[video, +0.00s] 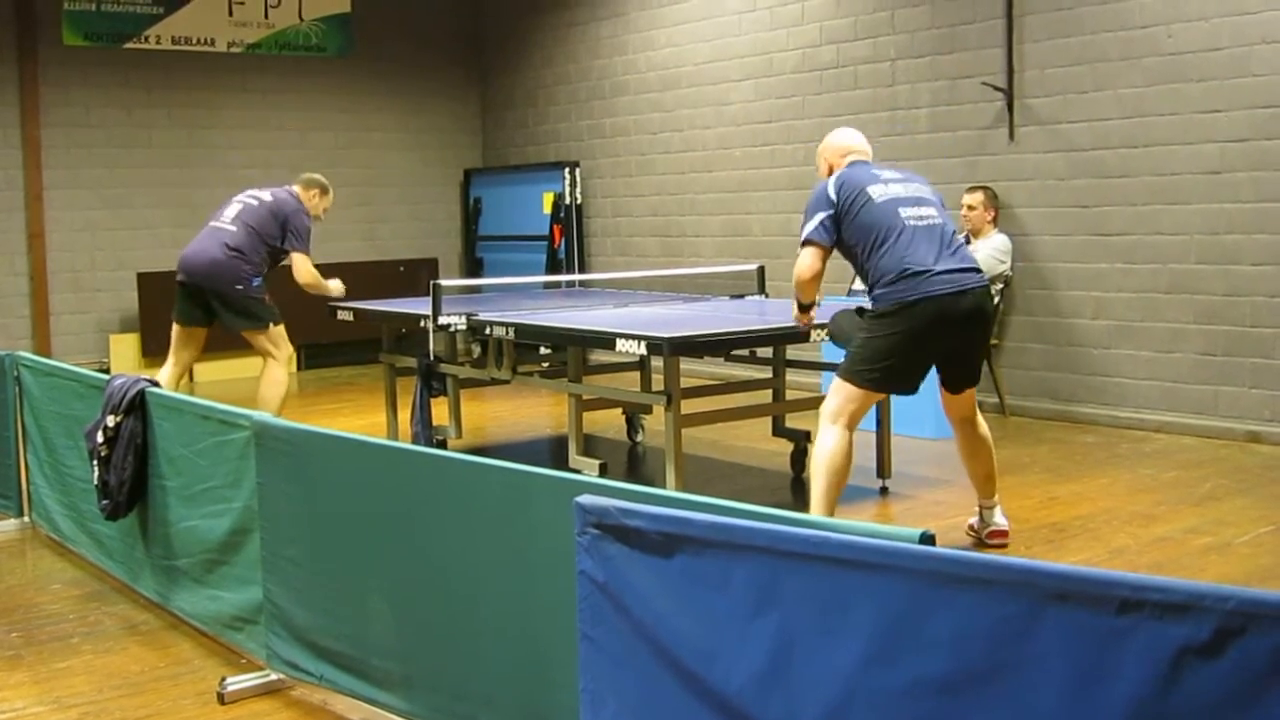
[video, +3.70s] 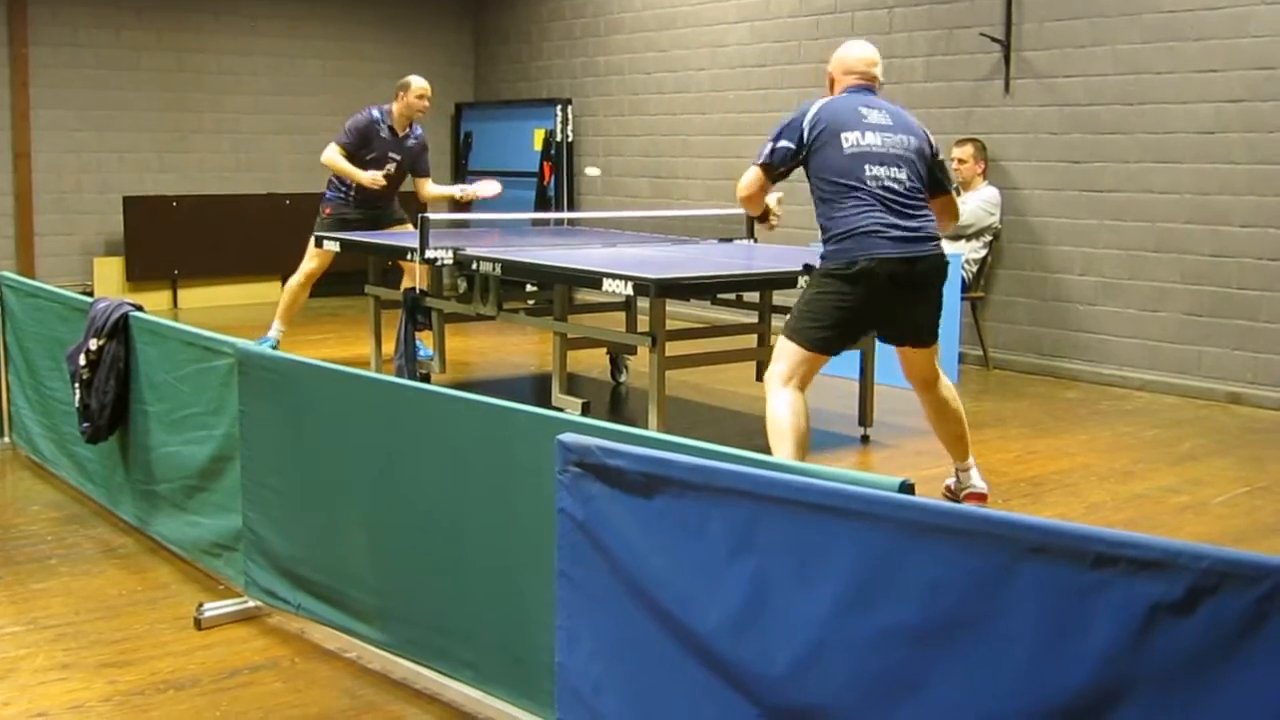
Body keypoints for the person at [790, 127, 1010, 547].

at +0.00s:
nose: (821, 175)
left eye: (820, 168)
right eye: (819, 168)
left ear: (831, 161)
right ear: (865, 154)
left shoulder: (831, 188)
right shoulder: (914, 179)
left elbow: (807, 271)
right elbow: (938, 243)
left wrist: (804, 307)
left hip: (907, 305)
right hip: (972, 298)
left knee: (837, 416)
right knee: (966, 412)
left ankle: (816, 534)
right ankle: (992, 517)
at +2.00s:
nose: (833, 135)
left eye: (833, 128)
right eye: (833, 129)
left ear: (845, 123)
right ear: (882, 121)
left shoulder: (837, 154)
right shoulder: (925, 154)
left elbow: (807, 240)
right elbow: (941, 218)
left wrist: (827, 248)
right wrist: (861, 242)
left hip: (890, 275)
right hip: (955, 275)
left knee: (813, 384)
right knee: (947, 383)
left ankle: (802, 494)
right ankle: (978, 483)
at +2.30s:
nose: (824, 104)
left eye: (824, 98)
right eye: (825, 98)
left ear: (833, 94)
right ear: (872, 95)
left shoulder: (825, 129)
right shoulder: (914, 132)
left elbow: (772, 207)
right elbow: (939, 209)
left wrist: (790, 175)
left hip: (872, 266)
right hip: (935, 263)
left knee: (801, 375)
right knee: (934, 376)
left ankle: (801, 490)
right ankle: (975, 477)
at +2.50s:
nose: (800, 92)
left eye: (801, 84)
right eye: (801, 85)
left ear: (810, 81)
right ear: (849, 83)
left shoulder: (798, 113)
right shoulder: (881, 123)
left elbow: (724, 171)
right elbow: (912, 202)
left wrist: (727, 154)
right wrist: (898, 241)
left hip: (836, 258)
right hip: (897, 261)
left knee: (774, 377)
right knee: (871, 350)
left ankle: (792, 486)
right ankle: (903, 455)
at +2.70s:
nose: (785, 93)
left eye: (785, 87)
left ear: (788, 86)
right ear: (835, 89)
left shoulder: (789, 107)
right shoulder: (861, 131)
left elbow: (742, 147)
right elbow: (868, 200)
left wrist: (707, 168)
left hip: (824, 251)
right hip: (877, 254)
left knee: (764, 372)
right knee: (827, 362)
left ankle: (792, 483)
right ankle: (826, 454)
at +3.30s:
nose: (775, 81)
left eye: (775, 75)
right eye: (777, 75)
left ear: (781, 75)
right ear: (824, 74)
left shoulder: (773, 113)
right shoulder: (861, 121)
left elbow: (704, 161)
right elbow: (900, 199)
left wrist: (684, 202)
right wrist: (862, 215)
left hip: (814, 260)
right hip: (878, 258)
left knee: (757, 380)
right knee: (865, 355)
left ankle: (768, 486)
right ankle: (899, 450)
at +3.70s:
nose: (831, 86)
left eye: (830, 80)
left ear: (833, 80)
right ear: (880, 81)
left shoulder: (816, 114)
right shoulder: (913, 127)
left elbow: (748, 191)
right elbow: (947, 216)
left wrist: (762, 209)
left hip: (854, 264)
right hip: (923, 267)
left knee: (785, 380)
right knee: (928, 375)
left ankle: (787, 492)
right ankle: (969, 477)